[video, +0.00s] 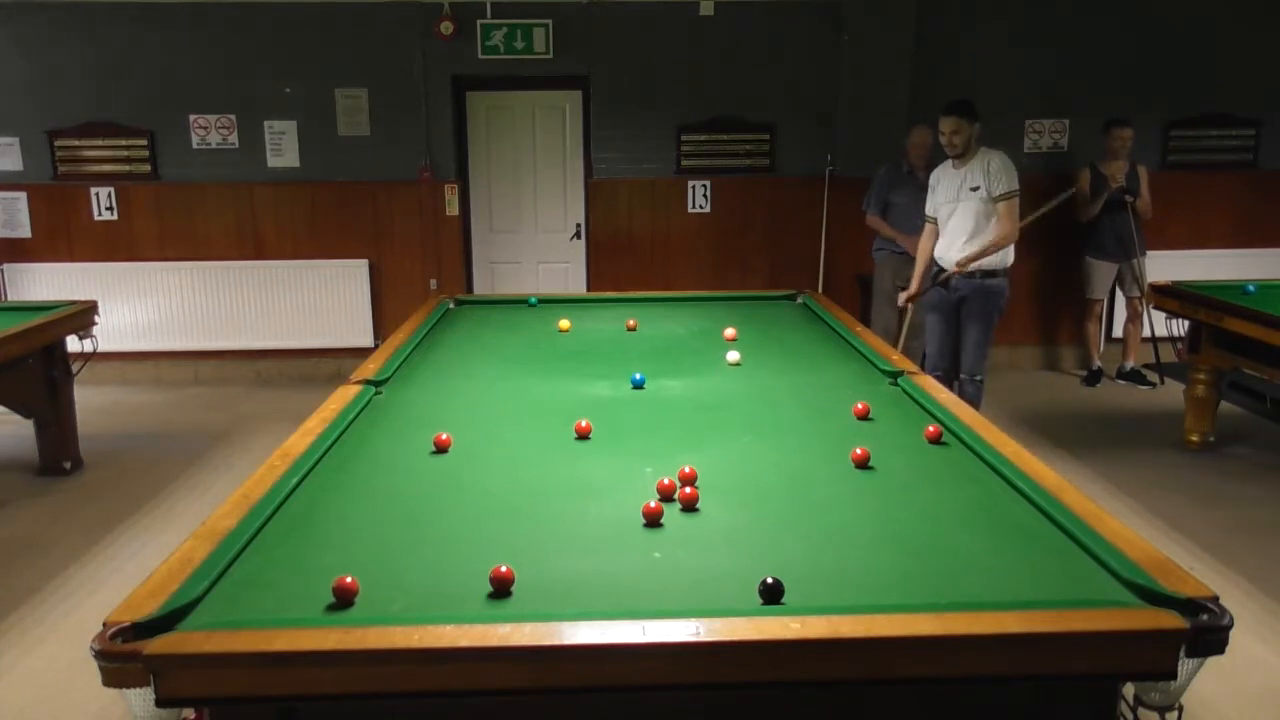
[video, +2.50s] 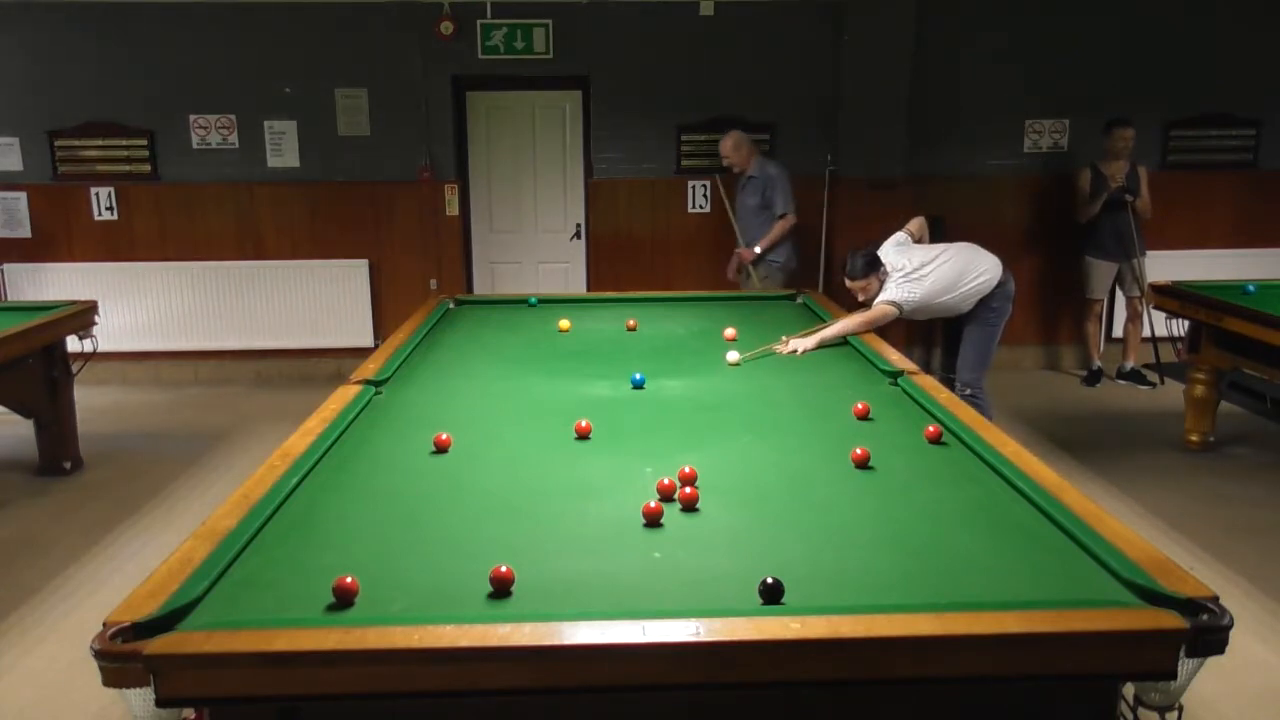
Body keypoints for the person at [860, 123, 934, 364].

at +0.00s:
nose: (922, 150)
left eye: (927, 145)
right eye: (917, 145)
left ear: (932, 149)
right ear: (907, 146)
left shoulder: (938, 180)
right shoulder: (890, 174)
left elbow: (945, 218)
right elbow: (871, 217)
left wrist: (929, 245)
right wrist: (905, 240)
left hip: (925, 258)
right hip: (891, 256)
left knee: (918, 324)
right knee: (886, 322)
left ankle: (909, 382)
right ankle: (879, 378)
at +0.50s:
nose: (906, 152)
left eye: (910, 147)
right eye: (901, 147)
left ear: (916, 149)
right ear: (892, 148)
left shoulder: (921, 179)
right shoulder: (876, 175)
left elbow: (931, 219)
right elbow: (850, 211)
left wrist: (921, 255)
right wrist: (860, 249)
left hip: (913, 262)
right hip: (879, 260)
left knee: (909, 331)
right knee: (877, 329)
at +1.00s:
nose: (864, 160)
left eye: (869, 155)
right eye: (860, 155)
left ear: (879, 154)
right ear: (855, 154)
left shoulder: (893, 180)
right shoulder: (845, 178)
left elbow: (909, 219)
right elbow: (831, 222)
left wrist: (906, 259)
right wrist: (828, 261)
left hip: (889, 261)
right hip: (854, 260)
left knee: (893, 323)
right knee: (858, 318)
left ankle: (895, 371)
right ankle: (859, 371)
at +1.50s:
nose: (831, 172)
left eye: (836, 167)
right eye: (827, 167)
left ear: (849, 161)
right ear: (823, 163)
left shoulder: (875, 179)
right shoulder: (827, 182)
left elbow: (896, 217)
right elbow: (825, 223)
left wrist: (871, 241)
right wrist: (820, 263)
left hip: (869, 261)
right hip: (840, 262)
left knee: (868, 318)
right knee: (845, 316)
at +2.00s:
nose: (781, 173)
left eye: (786, 167)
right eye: (779, 168)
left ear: (801, 160)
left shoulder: (831, 179)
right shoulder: (789, 183)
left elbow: (849, 225)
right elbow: (802, 226)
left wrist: (819, 260)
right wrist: (793, 258)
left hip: (834, 268)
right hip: (806, 268)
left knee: (834, 330)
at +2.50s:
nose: (725, 163)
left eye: (728, 157)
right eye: (723, 158)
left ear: (744, 151)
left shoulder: (773, 173)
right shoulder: (745, 177)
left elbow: (788, 218)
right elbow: (749, 224)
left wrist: (756, 250)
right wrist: (738, 255)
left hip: (772, 264)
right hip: (751, 262)